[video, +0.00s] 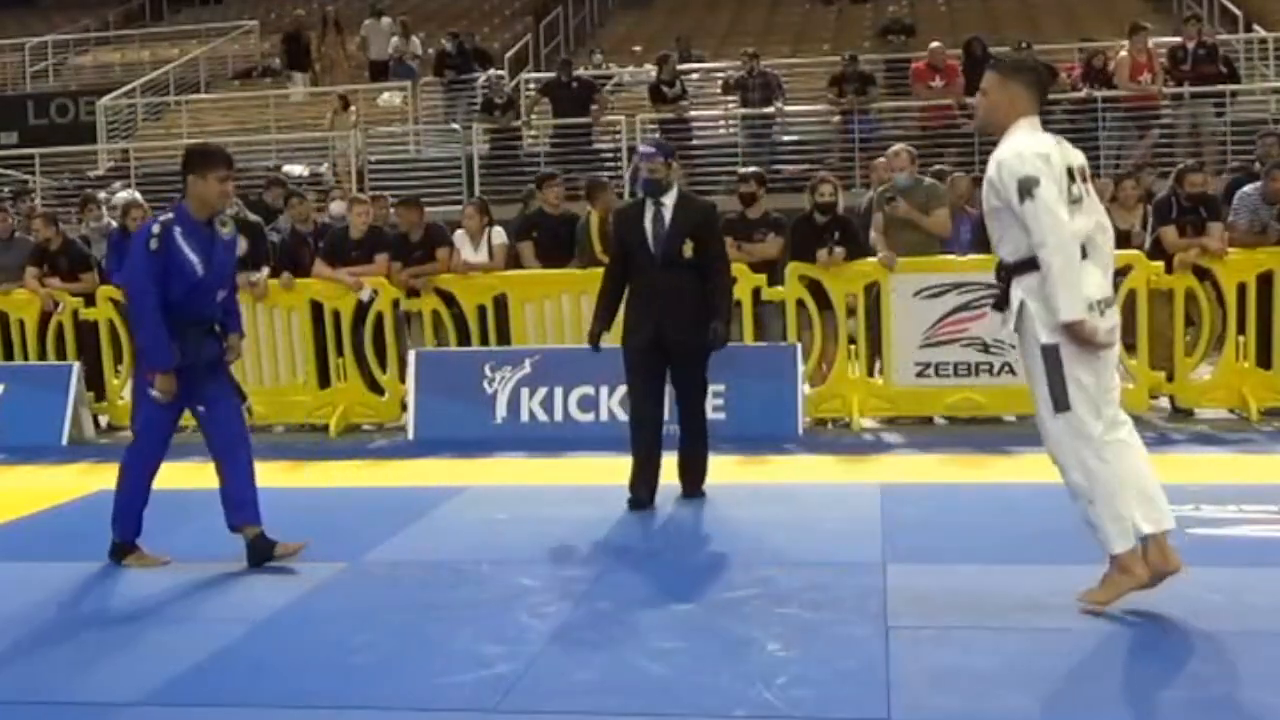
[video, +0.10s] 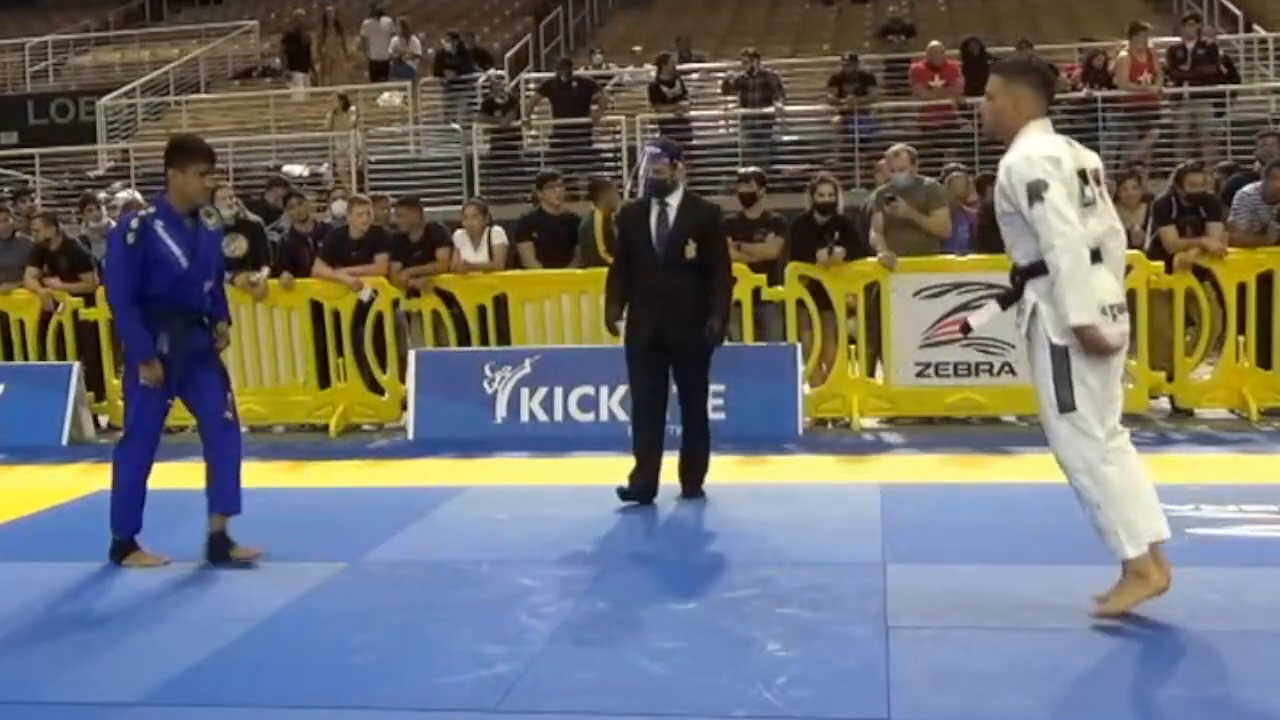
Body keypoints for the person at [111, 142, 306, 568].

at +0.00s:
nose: (231, 190)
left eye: (232, 181)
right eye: (223, 181)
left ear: (216, 184)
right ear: (194, 182)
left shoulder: (224, 234)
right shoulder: (155, 236)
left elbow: (226, 290)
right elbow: (142, 302)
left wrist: (233, 330)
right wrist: (161, 364)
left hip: (208, 357)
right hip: (164, 359)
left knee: (232, 441)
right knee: (148, 450)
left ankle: (255, 539)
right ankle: (123, 543)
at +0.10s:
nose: (212, 183)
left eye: (213, 175)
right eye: (204, 174)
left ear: (203, 177)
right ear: (175, 175)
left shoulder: (207, 231)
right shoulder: (136, 226)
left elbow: (214, 283)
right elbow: (120, 296)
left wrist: (221, 319)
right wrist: (143, 354)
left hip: (197, 343)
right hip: (152, 346)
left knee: (223, 430)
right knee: (141, 441)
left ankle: (219, 535)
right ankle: (124, 540)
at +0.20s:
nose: (195, 180)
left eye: (197, 172)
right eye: (187, 171)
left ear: (194, 175)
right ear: (160, 172)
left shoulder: (200, 221)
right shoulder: (125, 219)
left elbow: (209, 276)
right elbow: (100, 288)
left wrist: (217, 312)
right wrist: (130, 345)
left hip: (188, 336)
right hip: (143, 339)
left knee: (214, 424)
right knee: (134, 436)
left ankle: (178, 524)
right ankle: (123, 540)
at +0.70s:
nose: (207, 191)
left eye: (208, 182)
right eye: (199, 182)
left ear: (200, 186)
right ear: (172, 183)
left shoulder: (196, 232)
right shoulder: (140, 224)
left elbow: (198, 286)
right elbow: (103, 281)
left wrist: (220, 306)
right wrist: (140, 325)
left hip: (178, 345)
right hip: (143, 346)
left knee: (162, 433)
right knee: (184, 422)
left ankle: (126, 524)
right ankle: (169, 526)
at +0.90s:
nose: (233, 210)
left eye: (233, 201)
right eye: (225, 202)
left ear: (220, 205)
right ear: (199, 204)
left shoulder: (216, 250)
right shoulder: (166, 234)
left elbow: (231, 278)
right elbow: (112, 260)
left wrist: (240, 301)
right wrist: (154, 298)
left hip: (187, 355)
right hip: (153, 354)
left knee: (177, 440)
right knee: (192, 437)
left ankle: (127, 526)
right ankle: (233, 539)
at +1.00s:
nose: (246, 222)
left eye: (245, 214)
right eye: (237, 215)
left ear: (234, 216)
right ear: (212, 217)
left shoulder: (235, 250)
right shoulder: (185, 242)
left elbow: (253, 276)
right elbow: (138, 261)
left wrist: (263, 302)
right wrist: (175, 308)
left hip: (194, 359)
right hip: (160, 359)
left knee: (186, 441)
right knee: (201, 441)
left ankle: (129, 525)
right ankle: (241, 543)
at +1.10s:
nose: (269, 239)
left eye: (270, 230)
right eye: (262, 231)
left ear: (259, 231)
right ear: (237, 230)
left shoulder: (260, 263)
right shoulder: (204, 257)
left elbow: (277, 284)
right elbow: (181, 300)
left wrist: (290, 312)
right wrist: (220, 349)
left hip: (208, 362)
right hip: (175, 360)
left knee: (202, 440)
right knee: (218, 433)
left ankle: (138, 512)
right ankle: (245, 541)